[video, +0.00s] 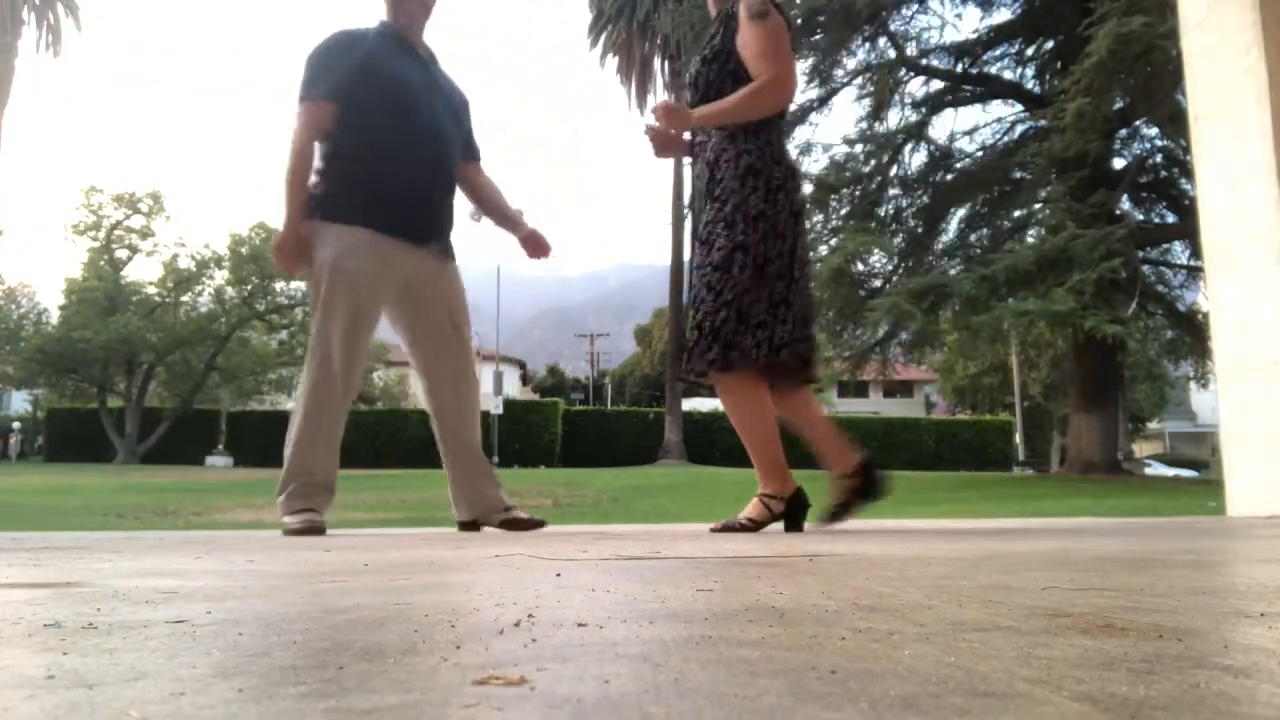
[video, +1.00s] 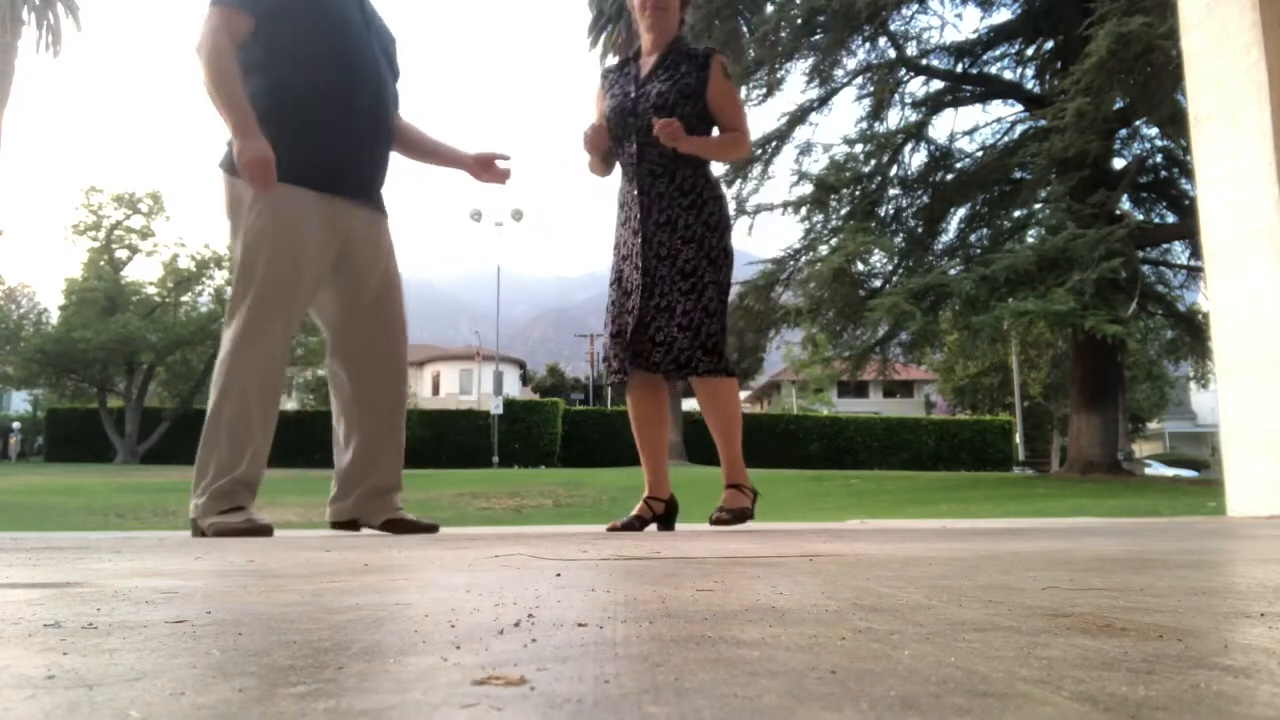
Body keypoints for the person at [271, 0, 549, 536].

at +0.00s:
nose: (418, 1)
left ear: (434, 6)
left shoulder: (449, 93)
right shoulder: (348, 47)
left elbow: (471, 175)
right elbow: (305, 136)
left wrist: (518, 225)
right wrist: (294, 220)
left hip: (428, 252)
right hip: (352, 236)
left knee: (454, 378)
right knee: (331, 372)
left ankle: (480, 505)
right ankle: (303, 504)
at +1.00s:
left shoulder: (377, 29)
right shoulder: (266, 1)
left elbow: (384, 123)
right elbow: (214, 43)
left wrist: (465, 160)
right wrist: (247, 135)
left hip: (360, 206)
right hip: (282, 188)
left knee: (375, 353)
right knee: (257, 346)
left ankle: (366, 500)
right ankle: (221, 505)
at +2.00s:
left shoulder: (346, 28)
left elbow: (352, 123)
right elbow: (183, 38)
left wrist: (440, 154)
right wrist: (254, 69)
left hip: (312, 192)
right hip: (231, 172)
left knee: (337, 343)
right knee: (234, 341)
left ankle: (339, 504)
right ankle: (218, 505)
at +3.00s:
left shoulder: (381, 24)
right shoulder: (262, 4)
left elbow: (422, 127)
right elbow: (201, 43)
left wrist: (515, 139)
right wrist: (212, 110)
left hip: (344, 204)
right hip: (258, 182)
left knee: (375, 342)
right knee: (240, 348)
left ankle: (352, 500)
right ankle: (218, 505)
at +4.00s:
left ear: (342, 2)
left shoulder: (365, 61)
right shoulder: (249, 31)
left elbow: (436, 104)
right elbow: (194, 107)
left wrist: (521, 111)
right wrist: (184, 169)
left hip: (295, 228)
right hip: (245, 214)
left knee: (234, 353)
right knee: (284, 346)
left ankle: (159, 488)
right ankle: (260, 499)